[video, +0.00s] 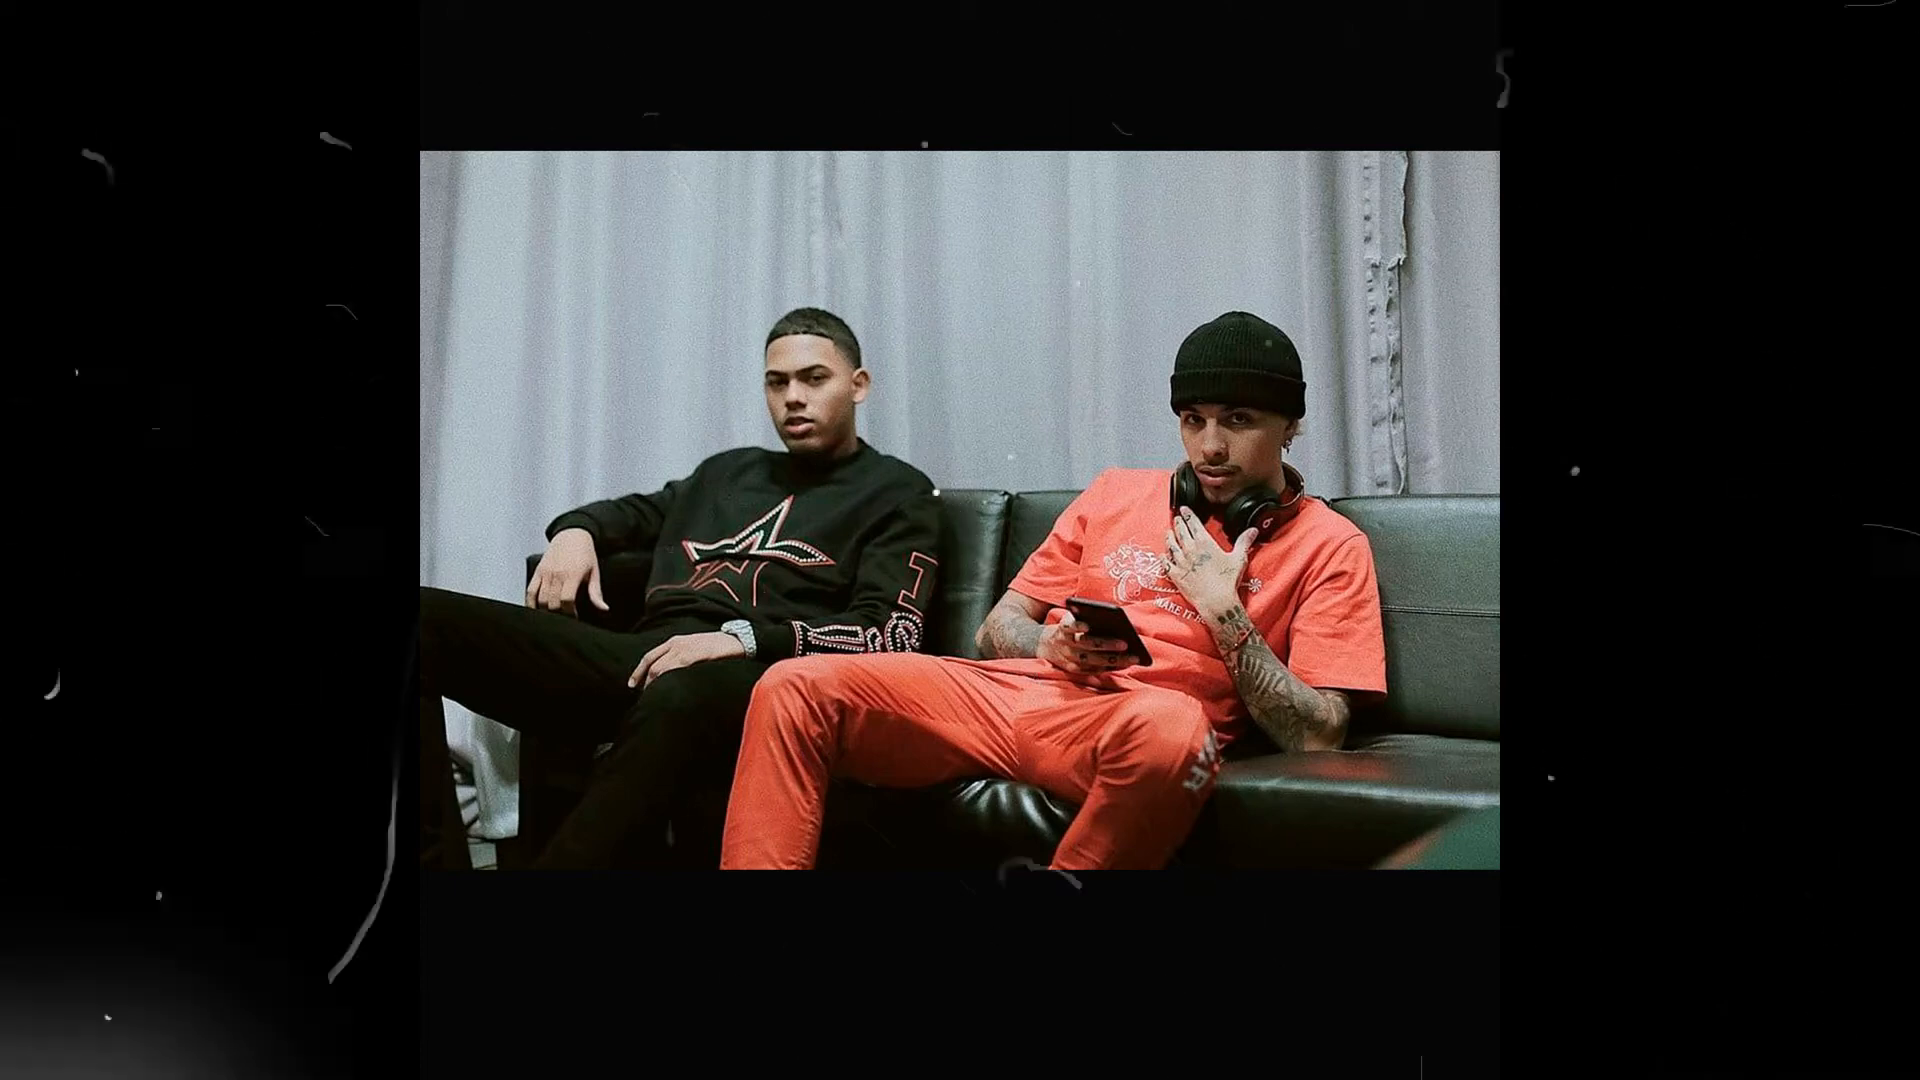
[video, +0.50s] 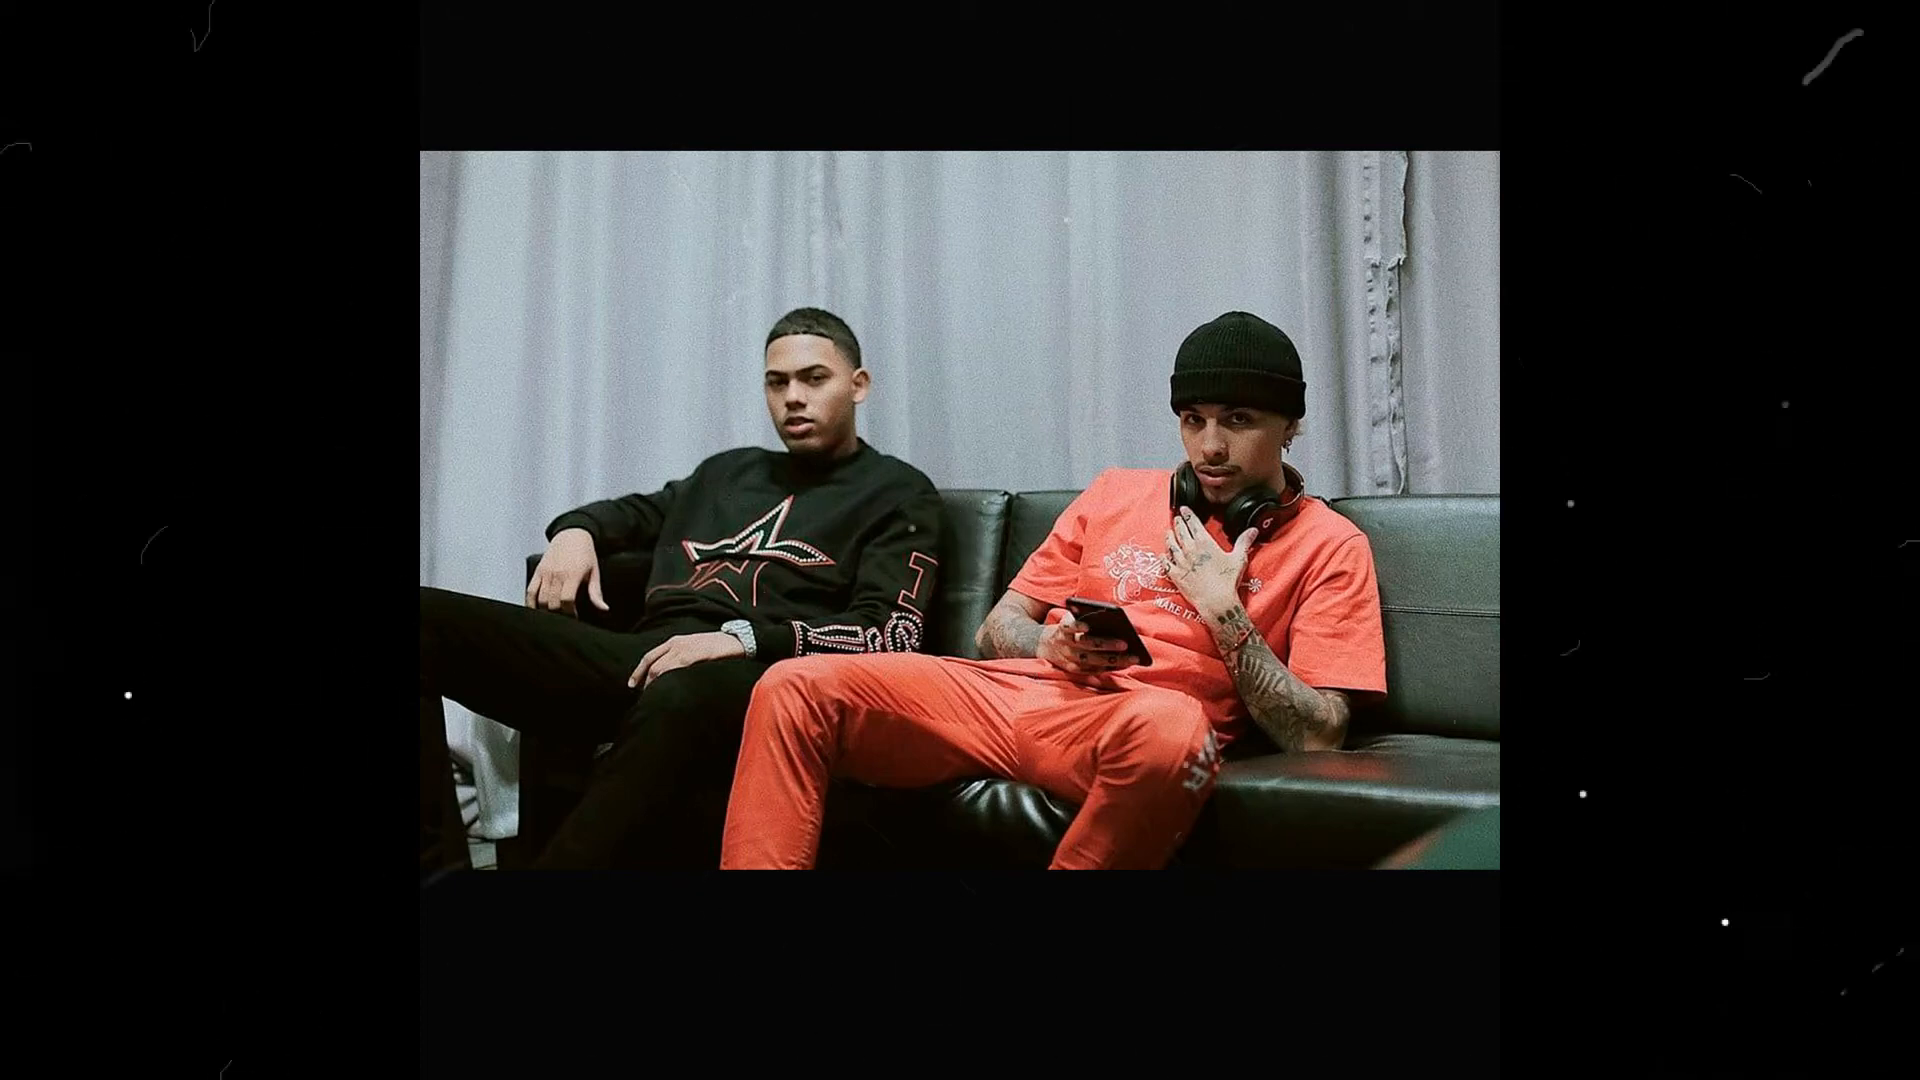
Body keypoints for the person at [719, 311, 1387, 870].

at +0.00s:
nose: (1211, 445)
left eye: (1238, 422)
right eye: (1196, 419)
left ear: (1288, 428)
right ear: (1179, 420)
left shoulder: (1328, 546)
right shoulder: (1118, 492)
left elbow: (1318, 737)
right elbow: (1000, 626)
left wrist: (1226, 614)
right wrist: (1052, 647)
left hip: (1129, 708)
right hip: (1012, 685)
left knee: (1171, 743)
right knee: (791, 694)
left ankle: (1057, 886)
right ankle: (759, 902)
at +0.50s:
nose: (1210, 445)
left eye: (1238, 421)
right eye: (1195, 419)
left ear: (1288, 428)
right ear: (1179, 422)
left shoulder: (1328, 546)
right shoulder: (1117, 493)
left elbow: (1317, 735)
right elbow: (1000, 625)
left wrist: (1227, 615)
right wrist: (1051, 647)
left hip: (1132, 708)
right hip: (1014, 686)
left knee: (1170, 745)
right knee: (791, 694)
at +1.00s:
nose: (1210, 445)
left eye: (1237, 421)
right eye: (1195, 419)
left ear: (1288, 428)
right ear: (1179, 422)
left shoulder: (1328, 546)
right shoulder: (1117, 493)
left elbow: (1317, 735)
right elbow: (1000, 625)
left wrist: (1227, 615)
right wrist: (1052, 647)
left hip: (1132, 708)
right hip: (1014, 685)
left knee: (1170, 745)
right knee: (791, 694)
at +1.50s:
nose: (1210, 445)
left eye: (1238, 421)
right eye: (1195, 419)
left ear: (1288, 428)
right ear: (1179, 422)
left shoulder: (1328, 546)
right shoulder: (1117, 493)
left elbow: (1317, 735)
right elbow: (1000, 625)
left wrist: (1227, 615)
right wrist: (1051, 647)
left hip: (1132, 708)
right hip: (1015, 685)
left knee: (1170, 745)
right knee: (791, 694)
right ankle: (760, 926)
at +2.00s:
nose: (1210, 445)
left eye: (1238, 422)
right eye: (1195, 419)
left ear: (1288, 428)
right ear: (1179, 421)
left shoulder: (1328, 546)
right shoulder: (1119, 492)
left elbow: (1318, 736)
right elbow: (1000, 626)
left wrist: (1226, 614)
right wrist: (1051, 647)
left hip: (1131, 708)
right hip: (1013, 685)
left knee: (1170, 747)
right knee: (792, 694)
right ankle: (763, 919)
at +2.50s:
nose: (1210, 445)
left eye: (1237, 421)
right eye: (1195, 419)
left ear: (1288, 429)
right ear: (1179, 421)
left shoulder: (1328, 546)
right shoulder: (1117, 493)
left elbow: (1317, 735)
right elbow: (999, 626)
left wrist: (1227, 615)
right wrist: (1051, 647)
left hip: (1132, 708)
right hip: (1014, 685)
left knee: (1170, 746)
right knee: (792, 694)